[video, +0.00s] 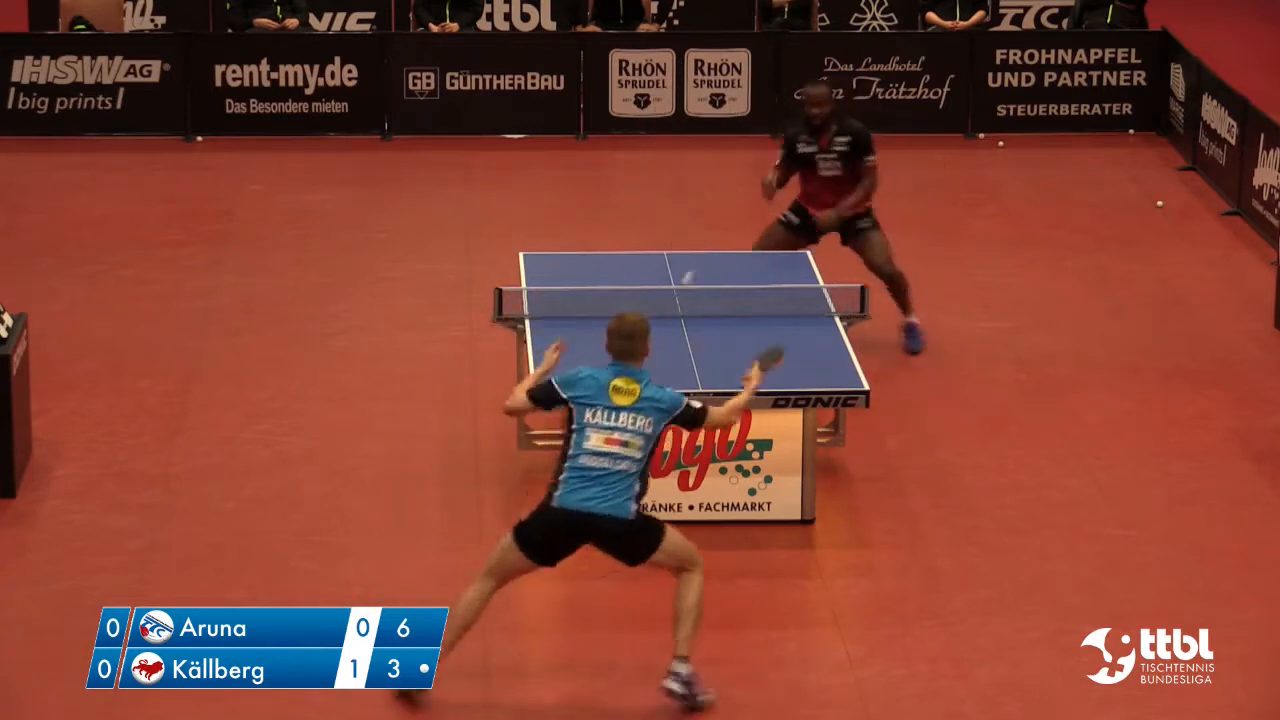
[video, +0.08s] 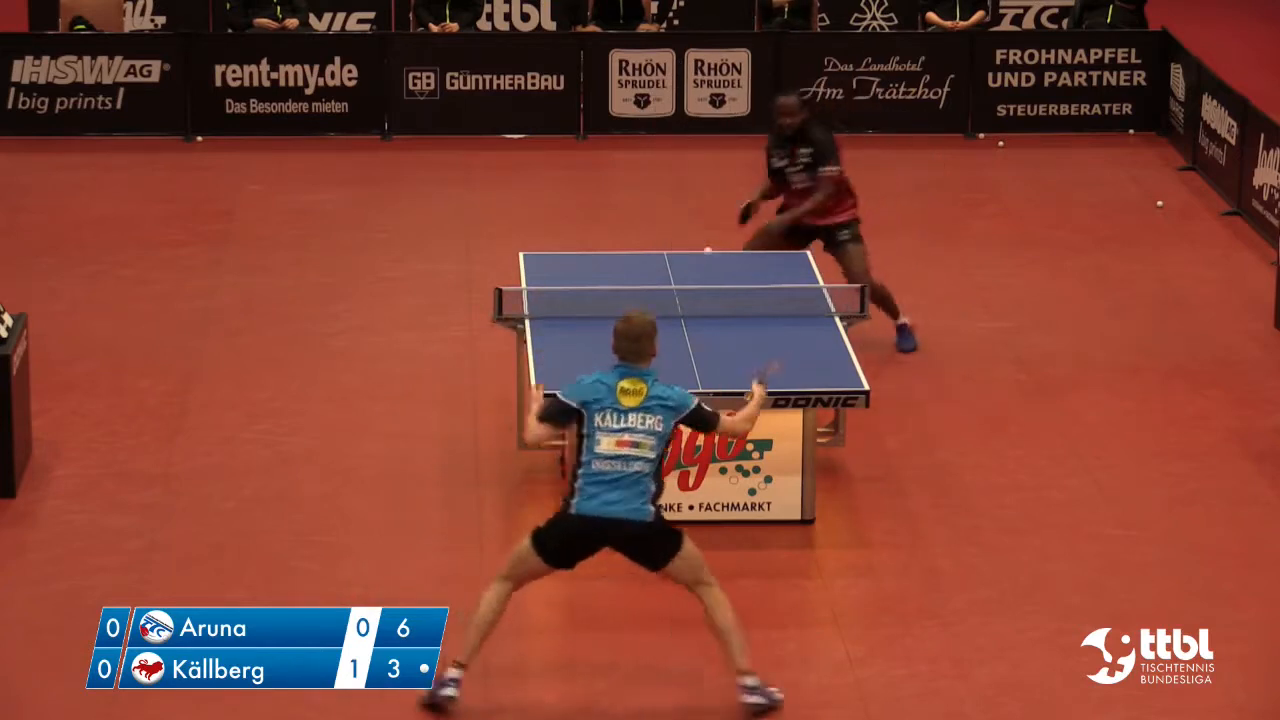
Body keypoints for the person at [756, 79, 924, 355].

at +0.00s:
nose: (815, 111)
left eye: (821, 105)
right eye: (810, 105)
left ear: (833, 104)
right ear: (803, 106)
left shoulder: (855, 133)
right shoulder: (796, 135)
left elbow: (869, 183)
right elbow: (785, 170)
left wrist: (838, 212)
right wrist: (773, 180)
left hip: (853, 213)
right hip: (807, 211)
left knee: (887, 270)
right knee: (760, 255)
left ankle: (910, 320)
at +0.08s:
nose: (786, 121)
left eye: (791, 115)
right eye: (781, 115)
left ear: (804, 114)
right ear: (775, 117)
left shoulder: (819, 137)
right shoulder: (775, 144)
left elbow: (827, 191)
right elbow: (777, 185)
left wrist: (787, 218)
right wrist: (756, 201)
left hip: (838, 219)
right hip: (798, 219)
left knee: (861, 280)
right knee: (753, 252)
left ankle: (901, 324)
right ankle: (751, 319)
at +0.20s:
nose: (760, 137)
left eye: (766, 131)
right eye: (756, 131)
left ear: (780, 127)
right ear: (754, 131)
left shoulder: (790, 153)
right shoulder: (769, 150)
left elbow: (770, 201)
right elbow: (786, 198)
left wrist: (728, 229)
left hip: (823, 233)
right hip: (785, 226)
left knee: (843, 302)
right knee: (731, 252)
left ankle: (913, 309)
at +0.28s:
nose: (767, 133)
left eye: (773, 127)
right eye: (764, 128)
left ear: (787, 124)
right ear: (765, 126)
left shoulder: (792, 148)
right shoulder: (803, 138)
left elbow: (772, 192)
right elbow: (834, 166)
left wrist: (735, 220)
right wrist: (805, 190)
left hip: (827, 236)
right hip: (793, 228)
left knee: (845, 307)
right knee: (740, 252)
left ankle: (918, 315)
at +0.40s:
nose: (800, 106)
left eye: (805, 101)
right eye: (799, 101)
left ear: (823, 100)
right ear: (808, 102)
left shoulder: (842, 128)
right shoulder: (817, 125)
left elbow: (829, 175)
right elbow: (815, 157)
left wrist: (790, 200)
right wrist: (789, 154)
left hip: (844, 219)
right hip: (810, 213)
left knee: (863, 293)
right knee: (763, 262)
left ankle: (931, 317)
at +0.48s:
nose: (835, 103)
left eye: (840, 98)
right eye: (834, 97)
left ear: (859, 99)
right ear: (836, 98)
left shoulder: (877, 134)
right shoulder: (835, 121)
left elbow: (862, 166)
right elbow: (809, 119)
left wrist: (841, 151)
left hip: (854, 213)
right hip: (817, 202)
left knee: (872, 280)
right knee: (763, 249)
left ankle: (933, 317)